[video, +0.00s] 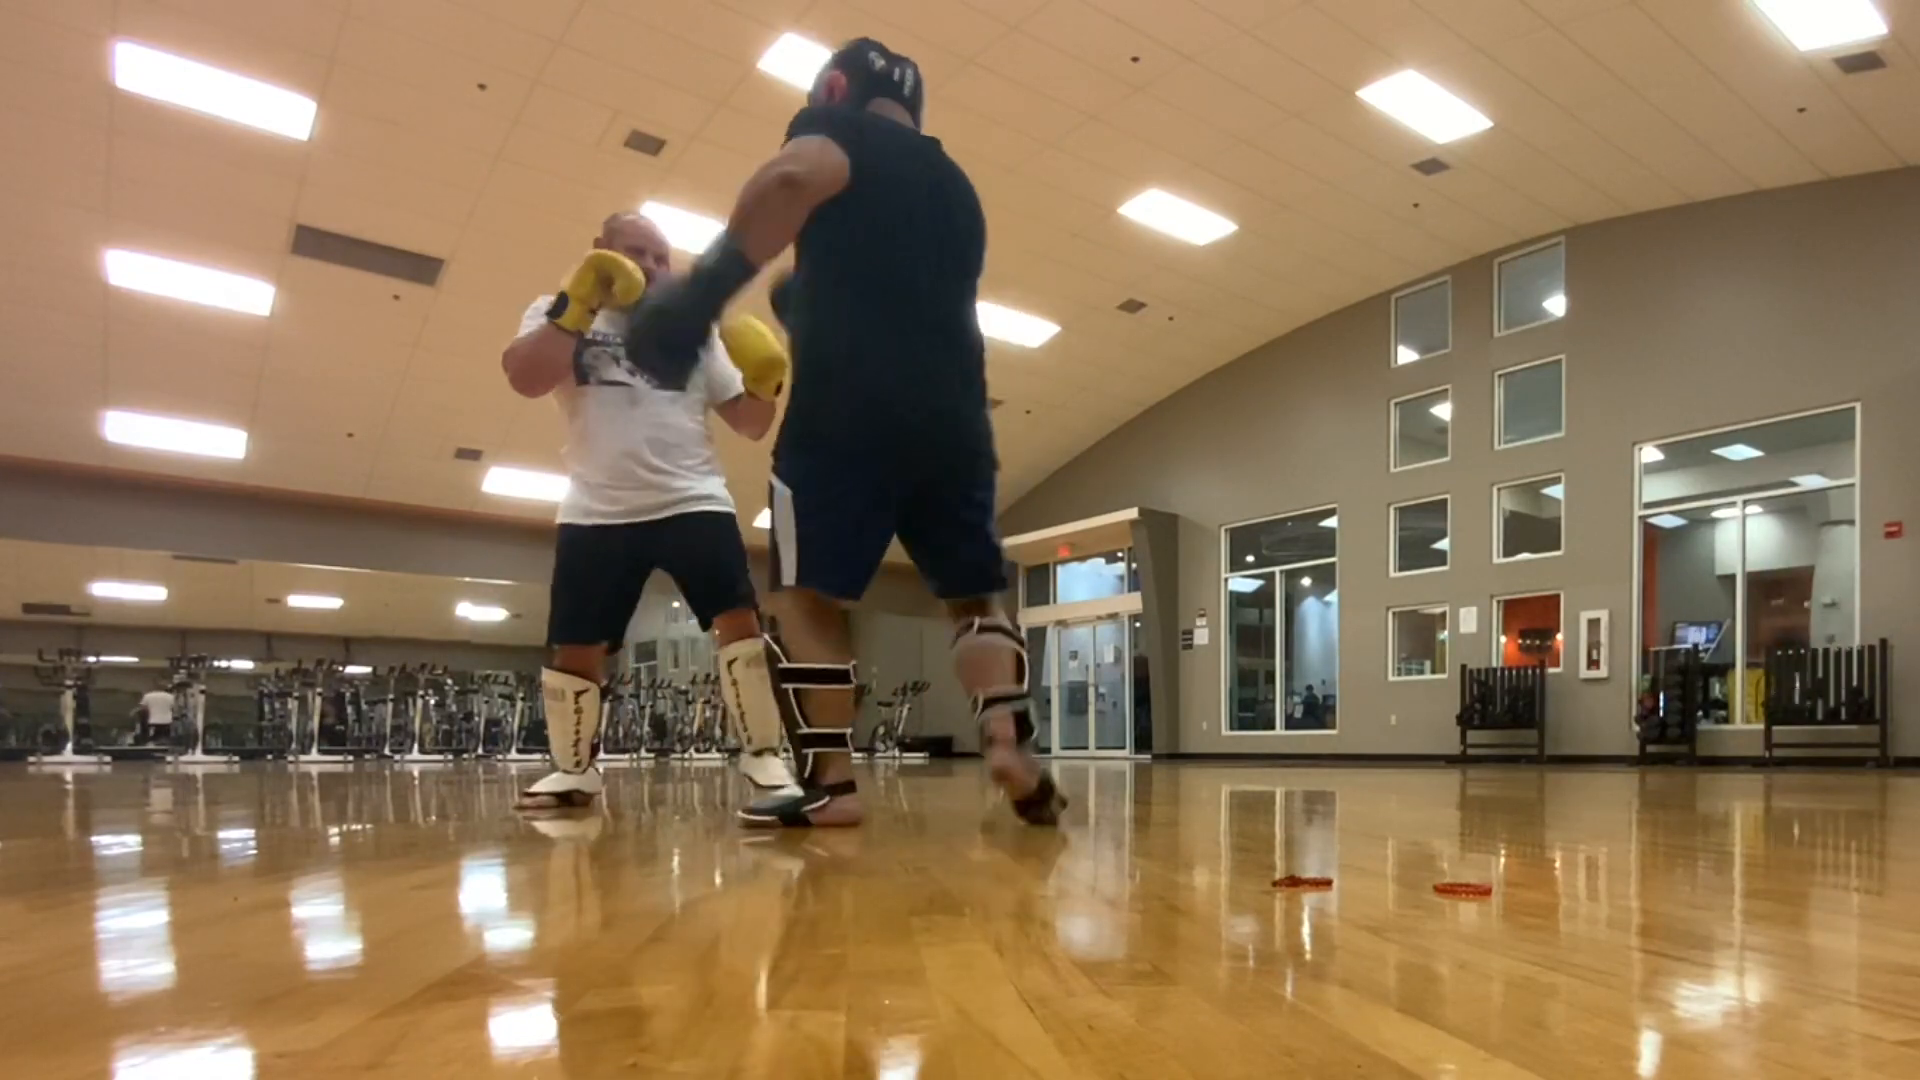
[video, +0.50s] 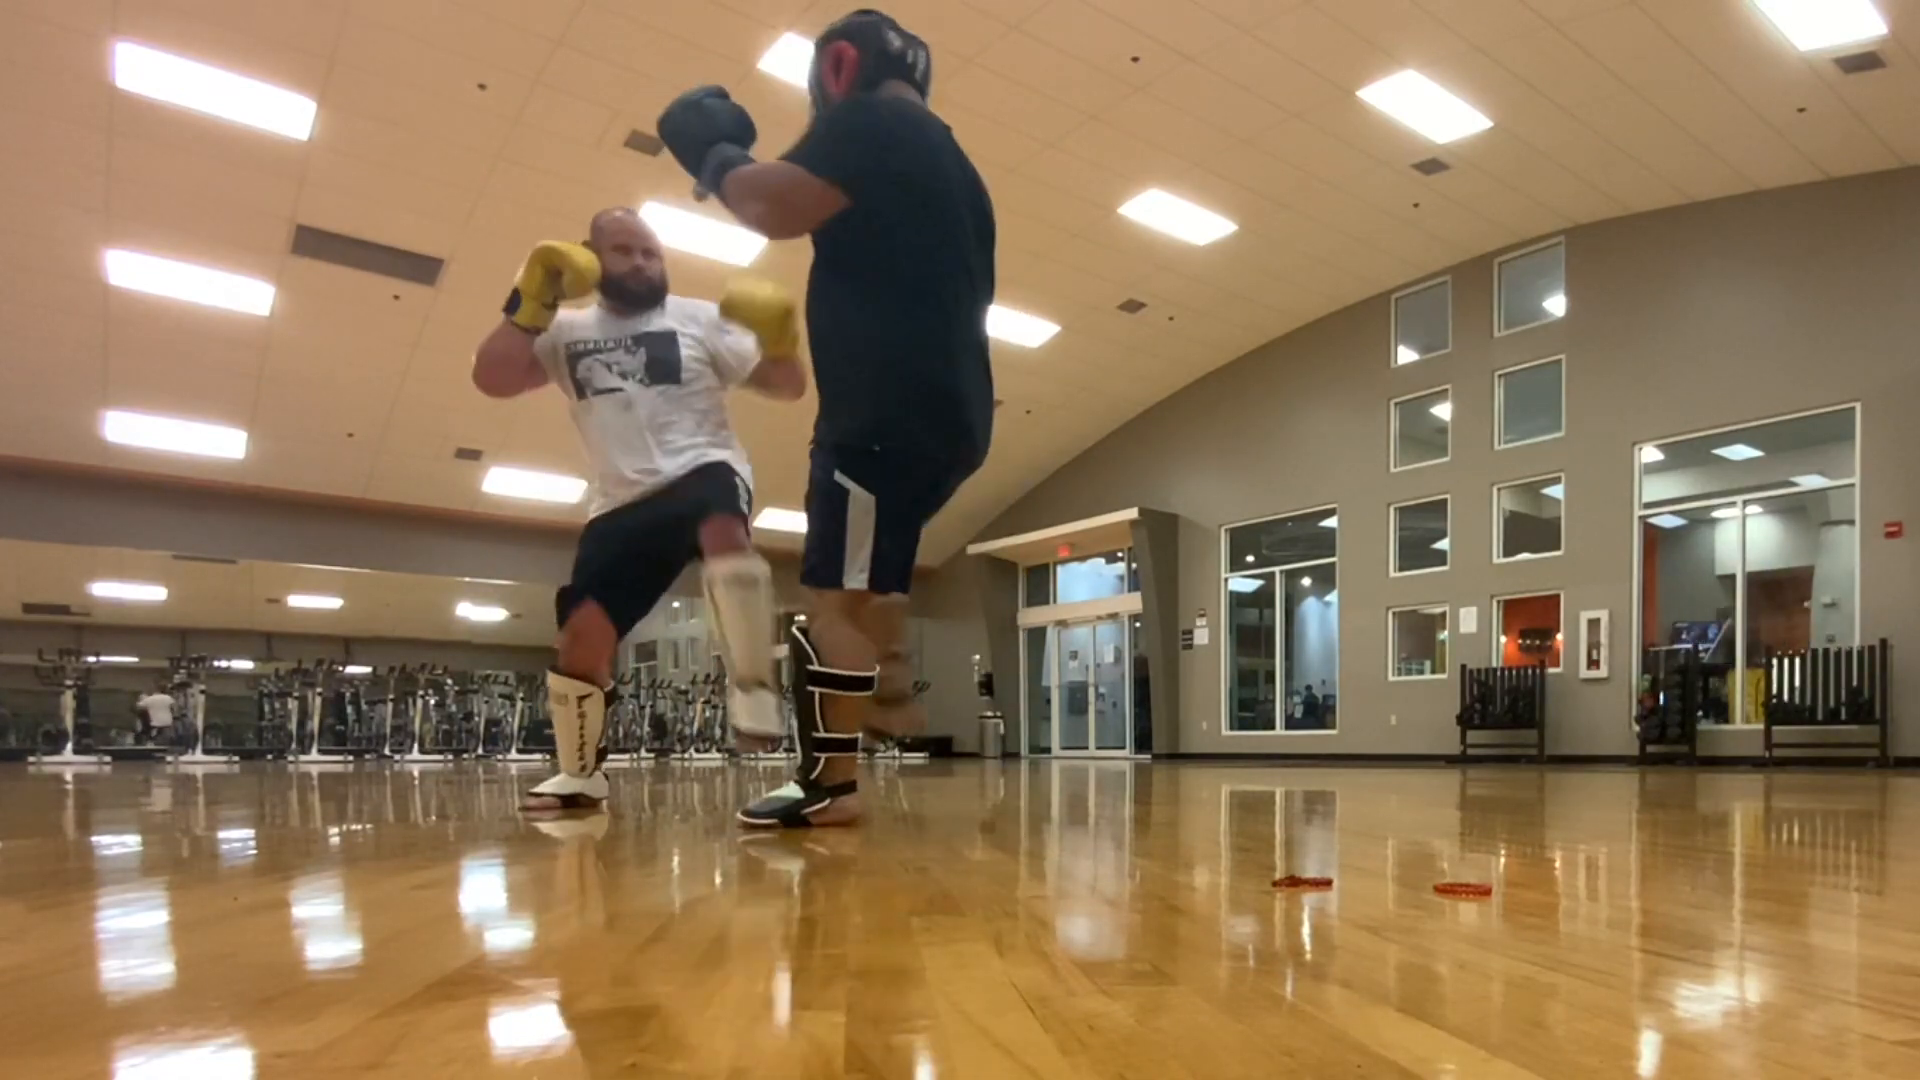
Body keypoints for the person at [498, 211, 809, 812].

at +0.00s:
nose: (645, 264)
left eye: (656, 256)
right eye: (631, 252)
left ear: (670, 265)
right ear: (599, 257)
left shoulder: (691, 321)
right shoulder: (560, 312)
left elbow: (751, 422)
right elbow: (527, 379)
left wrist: (767, 377)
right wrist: (578, 307)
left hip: (692, 500)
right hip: (597, 508)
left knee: (735, 617)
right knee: (574, 642)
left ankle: (766, 760)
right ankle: (574, 771)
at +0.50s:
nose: (642, 260)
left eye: (650, 250)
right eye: (623, 251)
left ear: (663, 259)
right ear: (594, 266)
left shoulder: (698, 319)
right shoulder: (567, 333)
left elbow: (788, 386)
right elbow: (492, 378)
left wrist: (780, 338)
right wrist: (532, 303)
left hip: (703, 473)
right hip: (623, 504)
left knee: (721, 526)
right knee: (585, 617)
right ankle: (580, 775)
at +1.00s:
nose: (700, 235)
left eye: (711, 222)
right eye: (684, 224)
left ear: (730, 226)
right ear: (660, 232)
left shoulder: (773, 290)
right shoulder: (639, 304)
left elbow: (861, 340)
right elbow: (571, 355)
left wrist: (838, 277)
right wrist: (608, 271)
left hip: (761, 496)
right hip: (665, 494)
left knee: (787, 628)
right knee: (617, 626)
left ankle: (826, 774)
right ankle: (615, 756)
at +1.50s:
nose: (705, 258)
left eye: (716, 247)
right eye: (693, 241)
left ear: (724, 250)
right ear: (660, 228)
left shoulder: (732, 314)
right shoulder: (591, 273)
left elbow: (780, 406)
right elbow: (571, 343)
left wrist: (820, 356)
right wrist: (635, 273)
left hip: (716, 504)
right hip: (615, 501)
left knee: (751, 632)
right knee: (609, 644)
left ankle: (807, 763)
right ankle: (612, 773)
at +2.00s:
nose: (783, 212)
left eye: (794, 203)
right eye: (771, 196)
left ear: (799, 211)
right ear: (728, 188)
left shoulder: (805, 283)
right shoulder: (662, 234)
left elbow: (855, 378)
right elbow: (620, 308)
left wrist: (890, 327)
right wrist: (700, 247)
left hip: (768, 475)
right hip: (667, 457)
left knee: (785, 626)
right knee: (618, 605)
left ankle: (810, 773)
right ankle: (577, 760)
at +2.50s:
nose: (752, 166)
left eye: (755, 159)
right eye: (741, 149)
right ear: (687, 130)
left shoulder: (744, 258)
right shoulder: (616, 188)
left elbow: (769, 359)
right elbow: (640, 270)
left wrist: (834, 307)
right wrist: (718, 203)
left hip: (758, 456)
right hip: (654, 450)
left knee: (818, 598)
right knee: (626, 609)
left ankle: (847, 756)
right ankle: (593, 777)